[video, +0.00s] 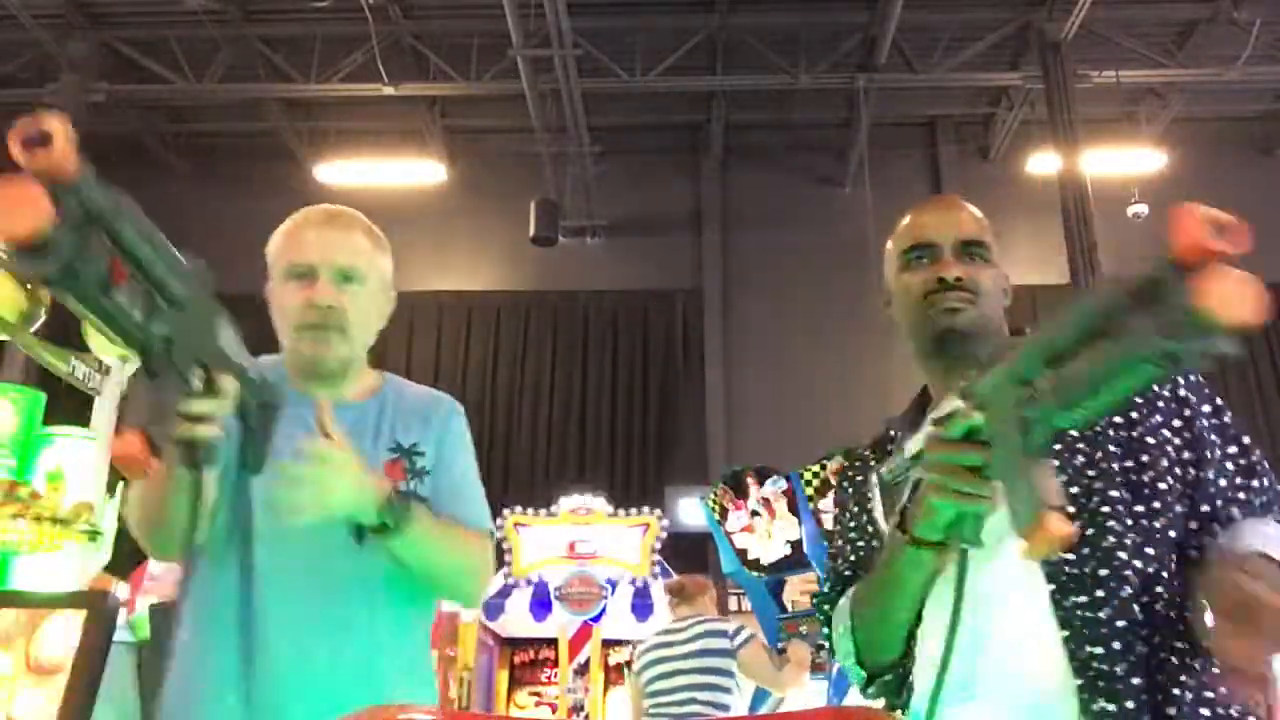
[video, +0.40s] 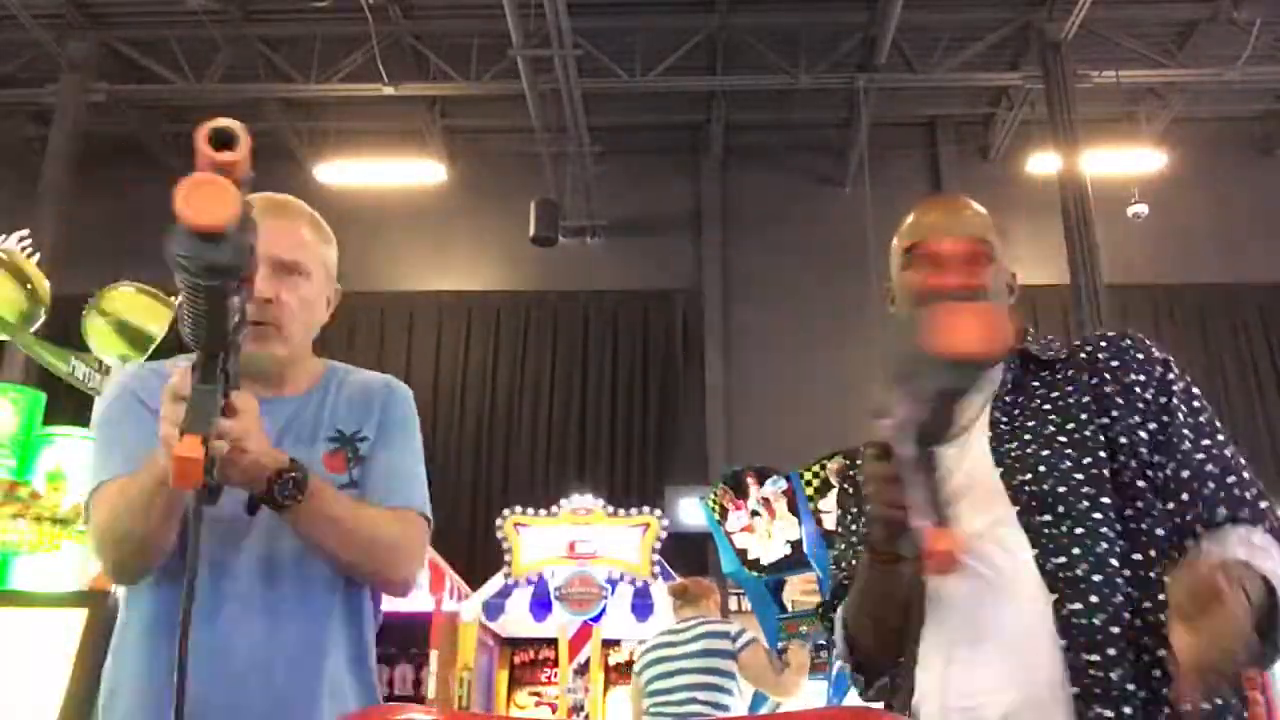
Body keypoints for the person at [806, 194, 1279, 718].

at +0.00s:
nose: (950, 270)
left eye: (972, 253)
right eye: (920, 258)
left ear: (1006, 284)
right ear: (891, 302)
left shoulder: (1145, 395)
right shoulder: (874, 479)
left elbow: (1248, 523)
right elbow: (860, 654)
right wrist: (924, 532)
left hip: (1142, 704)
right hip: (957, 710)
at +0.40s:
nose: (952, 280)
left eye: (973, 260)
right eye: (928, 263)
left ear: (1007, 281)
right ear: (897, 293)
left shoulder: (1113, 376)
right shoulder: (891, 443)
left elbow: (1242, 528)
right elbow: (868, 661)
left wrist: (1227, 603)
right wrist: (886, 543)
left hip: (1115, 702)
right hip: (950, 707)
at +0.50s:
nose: (949, 269)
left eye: (974, 251)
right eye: (922, 256)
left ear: (1013, 283)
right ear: (896, 299)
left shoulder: (1113, 402)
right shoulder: (872, 474)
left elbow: (1260, 562)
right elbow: (856, 662)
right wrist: (921, 555)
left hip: (1130, 703)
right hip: (953, 709)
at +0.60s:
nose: (959, 264)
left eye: (984, 246)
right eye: (933, 248)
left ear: (1026, 266)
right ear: (907, 287)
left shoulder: (1114, 356)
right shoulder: (889, 461)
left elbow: (1204, 518)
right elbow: (869, 663)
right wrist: (903, 544)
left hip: (1140, 702)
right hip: (960, 708)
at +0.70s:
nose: (962, 260)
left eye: (988, 243)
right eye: (935, 244)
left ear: (1023, 277)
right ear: (904, 281)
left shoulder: (1113, 348)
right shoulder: (898, 411)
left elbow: (1145, 499)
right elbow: (882, 663)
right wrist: (876, 524)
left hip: (1126, 698)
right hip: (958, 705)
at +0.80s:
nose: (951, 262)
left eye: (976, 245)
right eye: (924, 246)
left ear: (1013, 276)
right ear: (896, 281)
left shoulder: (1103, 351)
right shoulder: (895, 413)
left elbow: (1136, 512)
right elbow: (869, 663)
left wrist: (971, 440)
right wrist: (871, 533)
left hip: (1121, 695)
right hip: (955, 703)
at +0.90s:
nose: (936, 264)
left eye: (962, 249)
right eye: (909, 250)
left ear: (999, 278)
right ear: (877, 290)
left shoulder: (1091, 364)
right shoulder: (887, 446)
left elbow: (1188, 544)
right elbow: (841, 656)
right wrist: (879, 544)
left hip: (1105, 701)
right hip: (925, 707)